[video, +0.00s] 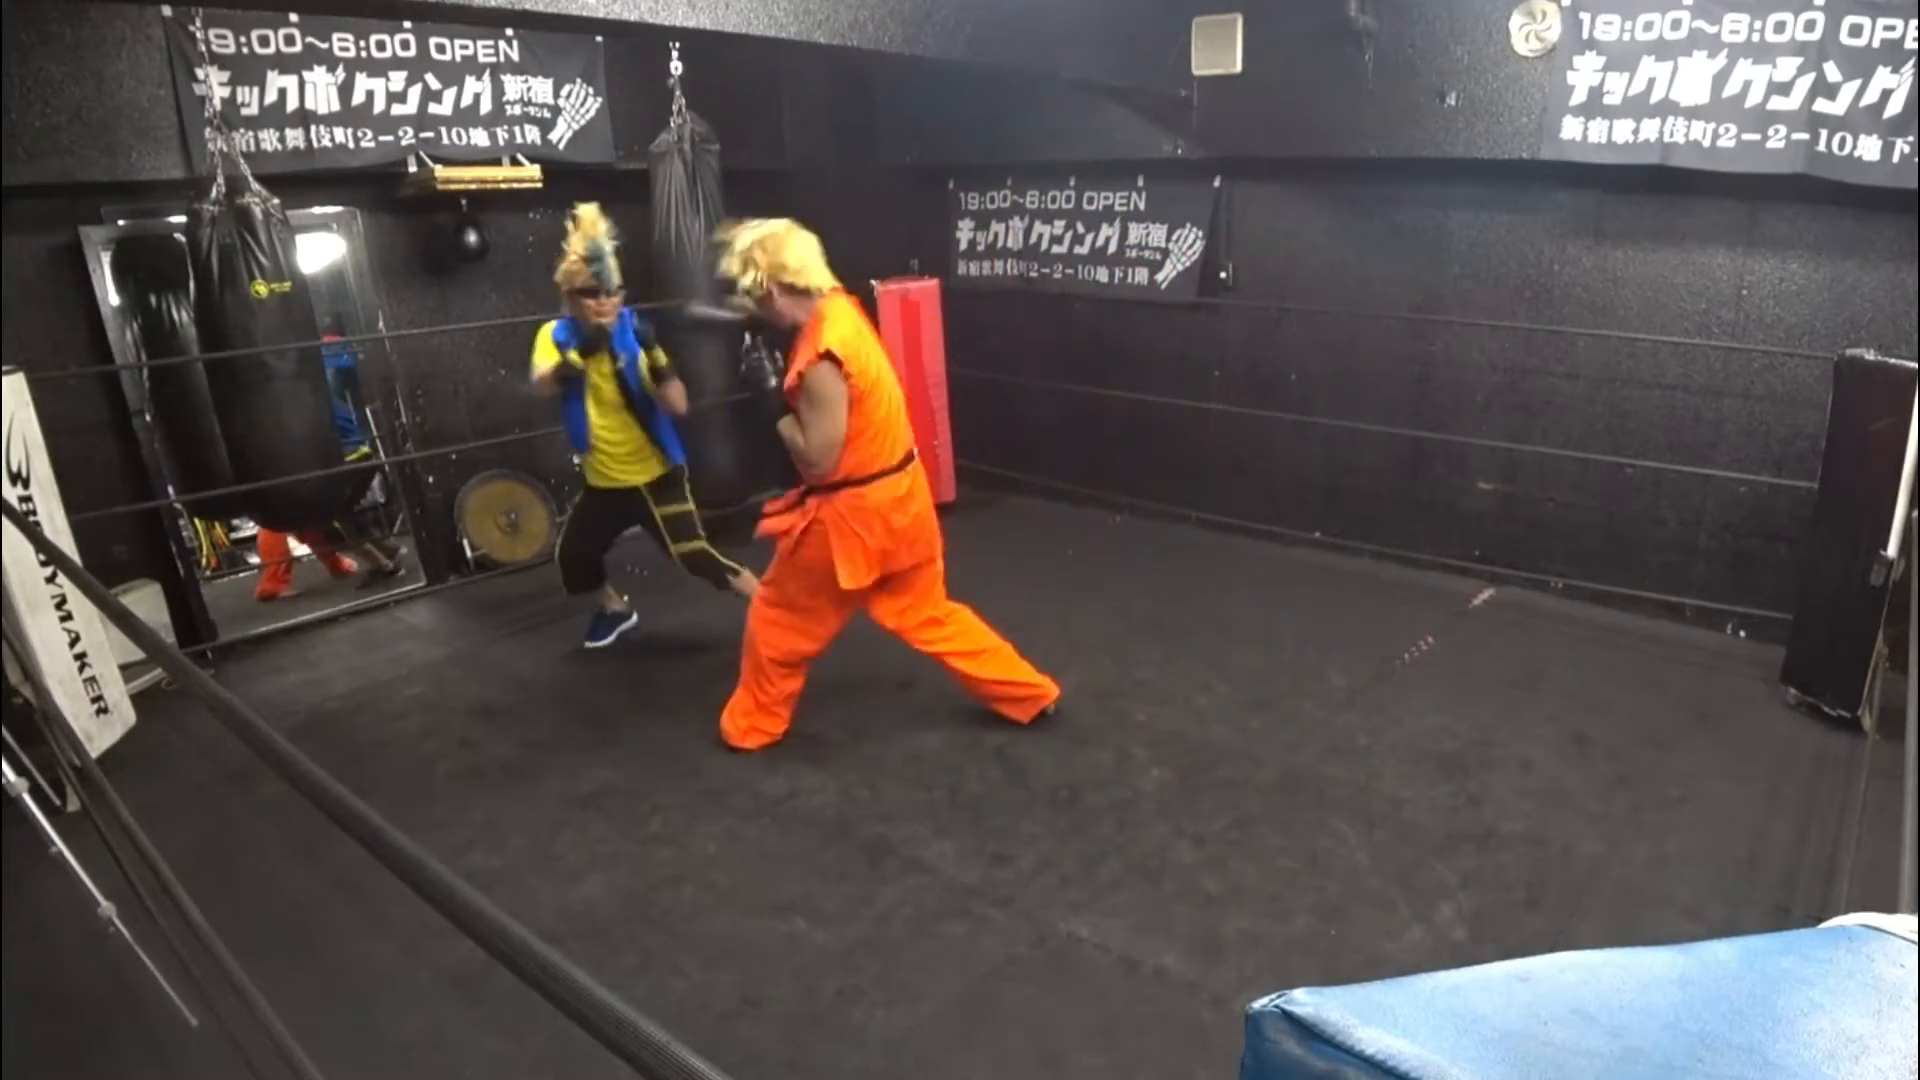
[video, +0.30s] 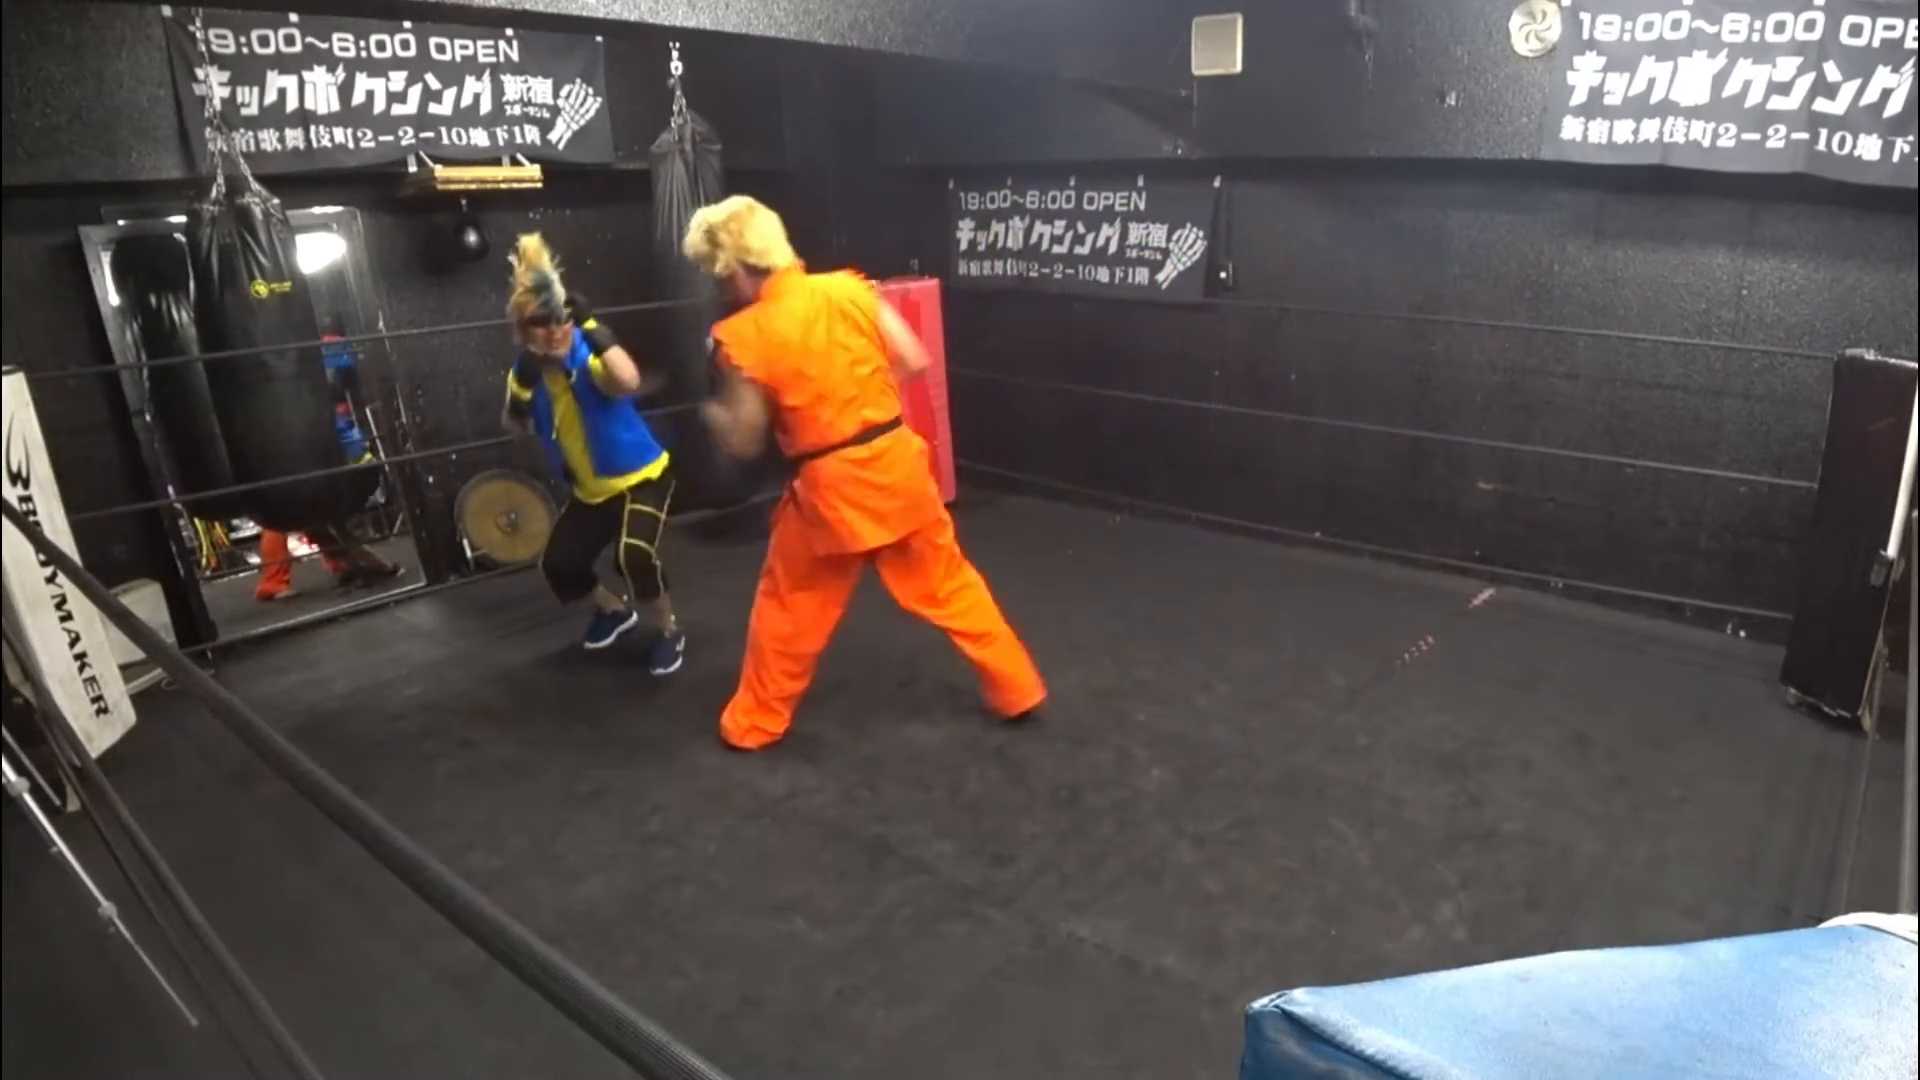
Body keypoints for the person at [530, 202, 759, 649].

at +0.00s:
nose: (601, 303)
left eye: (609, 293)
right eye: (590, 295)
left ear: (621, 294)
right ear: (569, 299)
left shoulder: (635, 332)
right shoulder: (554, 336)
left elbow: (677, 404)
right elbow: (541, 387)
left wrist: (652, 360)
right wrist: (572, 363)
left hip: (656, 475)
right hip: (602, 480)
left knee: (694, 555)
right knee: (574, 561)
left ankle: (772, 606)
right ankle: (615, 608)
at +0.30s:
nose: (553, 333)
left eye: (560, 322)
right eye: (541, 324)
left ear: (571, 320)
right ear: (523, 330)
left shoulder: (592, 349)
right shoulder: (526, 372)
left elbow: (628, 381)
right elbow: (515, 424)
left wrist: (592, 333)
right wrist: (522, 400)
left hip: (643, 478)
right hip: (592, 493)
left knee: (635, 554)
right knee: (561, 566)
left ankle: (668, 631)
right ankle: (614, 608)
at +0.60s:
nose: (537, 287)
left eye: (544, 275)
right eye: (525, 278)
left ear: (557, 277)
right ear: (507, 283)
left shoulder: (586, 327)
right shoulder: (501, 328)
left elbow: (617, 399)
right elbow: (502, 397)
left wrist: (615, 376)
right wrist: (492, 385)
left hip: (601, 453)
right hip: (548, 457)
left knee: (624, 545)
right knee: (520, 550)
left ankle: (665, 629)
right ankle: (564, 597)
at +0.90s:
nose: (508, 329)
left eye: (513, 319)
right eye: (496, 322)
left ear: (526, 318)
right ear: (481, 326)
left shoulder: (547, 355)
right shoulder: (473, 368)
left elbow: (590, 391)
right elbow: (453, 419)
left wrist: (567, 347)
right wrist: (459, 382)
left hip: (576, 482)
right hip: (521, 492)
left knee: (593, 554)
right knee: (486, 566)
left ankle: (662, 630)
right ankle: (503, 613)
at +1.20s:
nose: (501, 339)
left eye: (505, 329)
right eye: (489, 332)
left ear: (515, 329)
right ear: (470, 339)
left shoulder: (540, 365)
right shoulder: (467, 386)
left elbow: (589, 402)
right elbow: (451, 441)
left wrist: (564, 378)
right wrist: (451, 409)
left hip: (577, 489)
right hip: (525, 501)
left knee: (596, 556)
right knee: (484, 573)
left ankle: (664, 631)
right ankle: (504, 612)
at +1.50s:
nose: (520, 326)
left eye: (525, 316)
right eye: (508, 319)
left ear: (533, 317)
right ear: (485, 325)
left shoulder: (558, 356)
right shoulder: (473, 370)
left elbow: (610, 399)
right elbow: (480, 422)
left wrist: (597, 350)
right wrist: (511, 380)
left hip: (583, 482)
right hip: (532, 491)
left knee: (597, 552)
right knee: (484, 562)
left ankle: (657, 616)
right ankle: (509, 609)